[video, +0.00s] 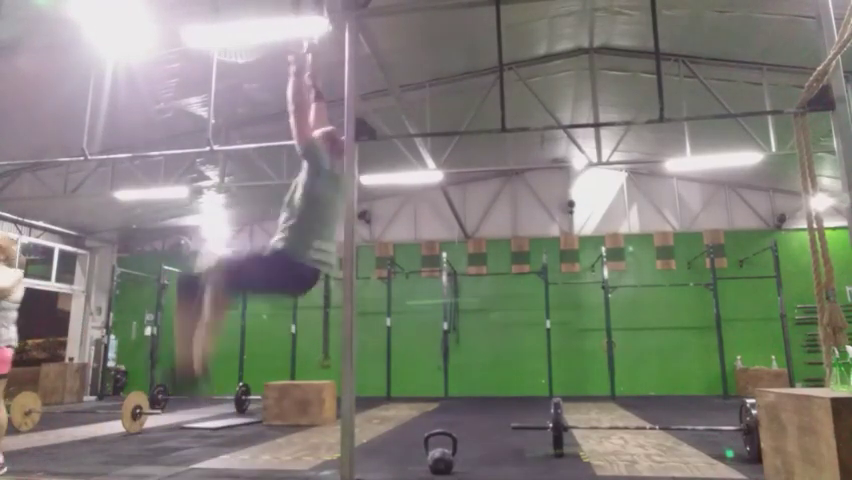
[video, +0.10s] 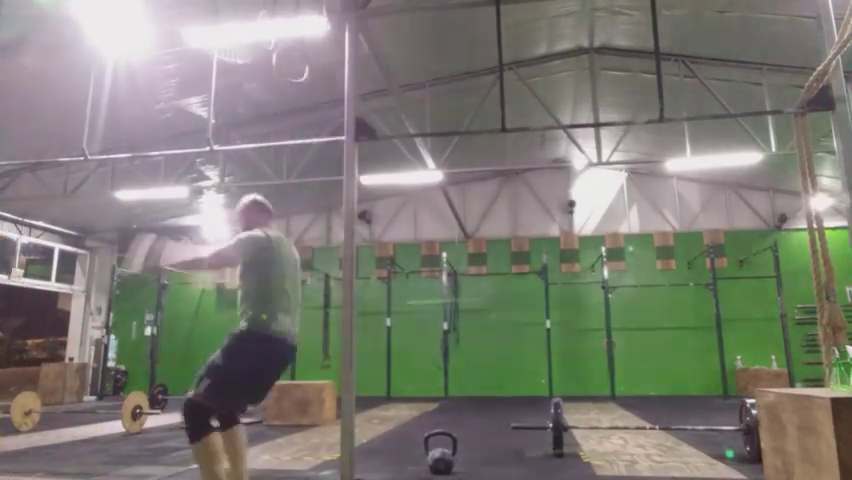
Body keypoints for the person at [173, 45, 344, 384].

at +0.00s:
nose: (314, 141)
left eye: (319, 138)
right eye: (319, 136)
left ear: (328, 148)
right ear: (337, 151)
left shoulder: (322, 169)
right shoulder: (337, 178)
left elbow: (297, 112)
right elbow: (322, 129)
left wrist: (297, 68)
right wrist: (316, 94)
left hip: (291, 265)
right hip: (305, 271)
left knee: (218, 274)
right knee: (195, 281)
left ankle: (197, 361)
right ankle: (191, 364)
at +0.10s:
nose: (241, 226)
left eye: (242, 221)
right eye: (241, 222)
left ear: (249, 218)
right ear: (269, 216)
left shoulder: (255, 238)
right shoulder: (289, 246)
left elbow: (211, 260)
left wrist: (169, 265)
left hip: (257, 337)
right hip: (284, 343)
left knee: (195, 407)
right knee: (226, 408)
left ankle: (215, 474)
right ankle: (238, 474)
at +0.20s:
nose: (233, 268)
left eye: (229, 262)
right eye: (228, 265)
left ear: (235, 251)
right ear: (244, 242)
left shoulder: (257, 253)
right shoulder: (275, 249)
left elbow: (275, 296)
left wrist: (272, 359)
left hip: (311, 324)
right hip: (340, 322)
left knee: (270, 404)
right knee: (339, 405)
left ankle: (239, 474)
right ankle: (375, 474)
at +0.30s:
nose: (235, 387)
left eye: (231, 379)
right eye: (230, 381)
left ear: (233, 366)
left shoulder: (249, 359)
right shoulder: (285, 369)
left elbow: (235, 432)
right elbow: (282, 430)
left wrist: (219, 475)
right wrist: (276, 473)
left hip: (343, 316)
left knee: (375, 403)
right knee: (356, 407)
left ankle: (416, 474)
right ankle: (395, 474)